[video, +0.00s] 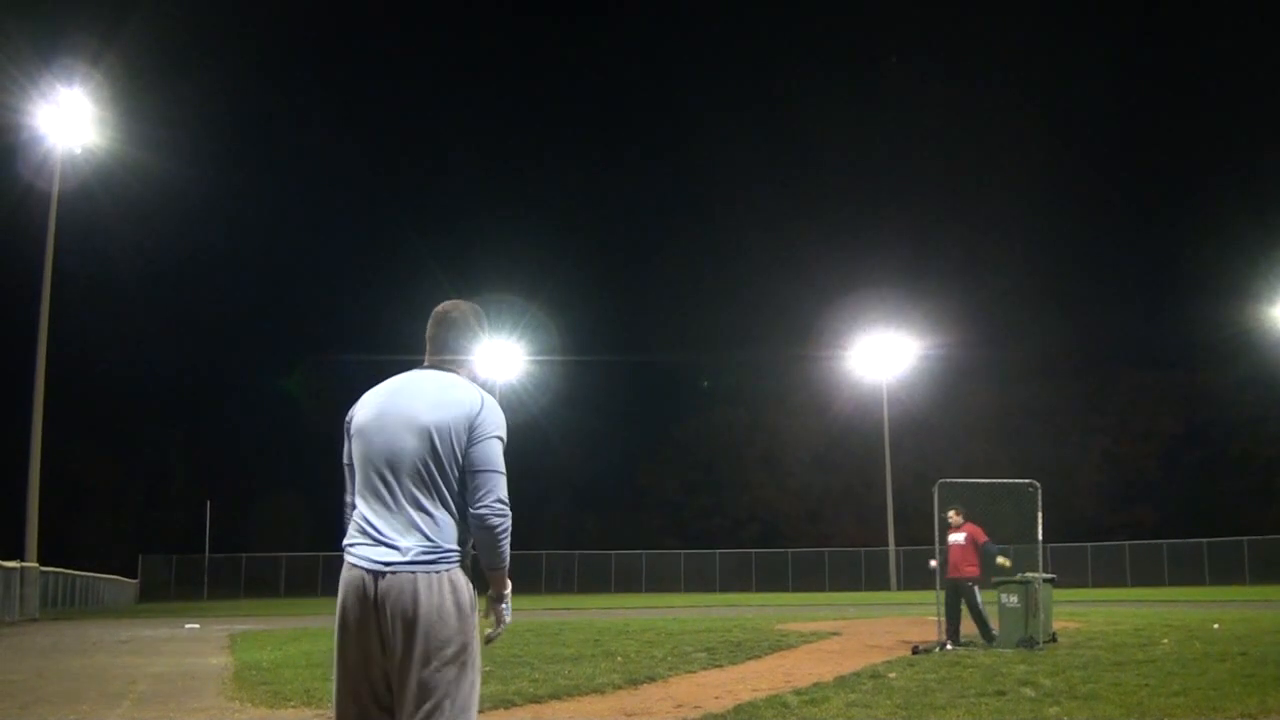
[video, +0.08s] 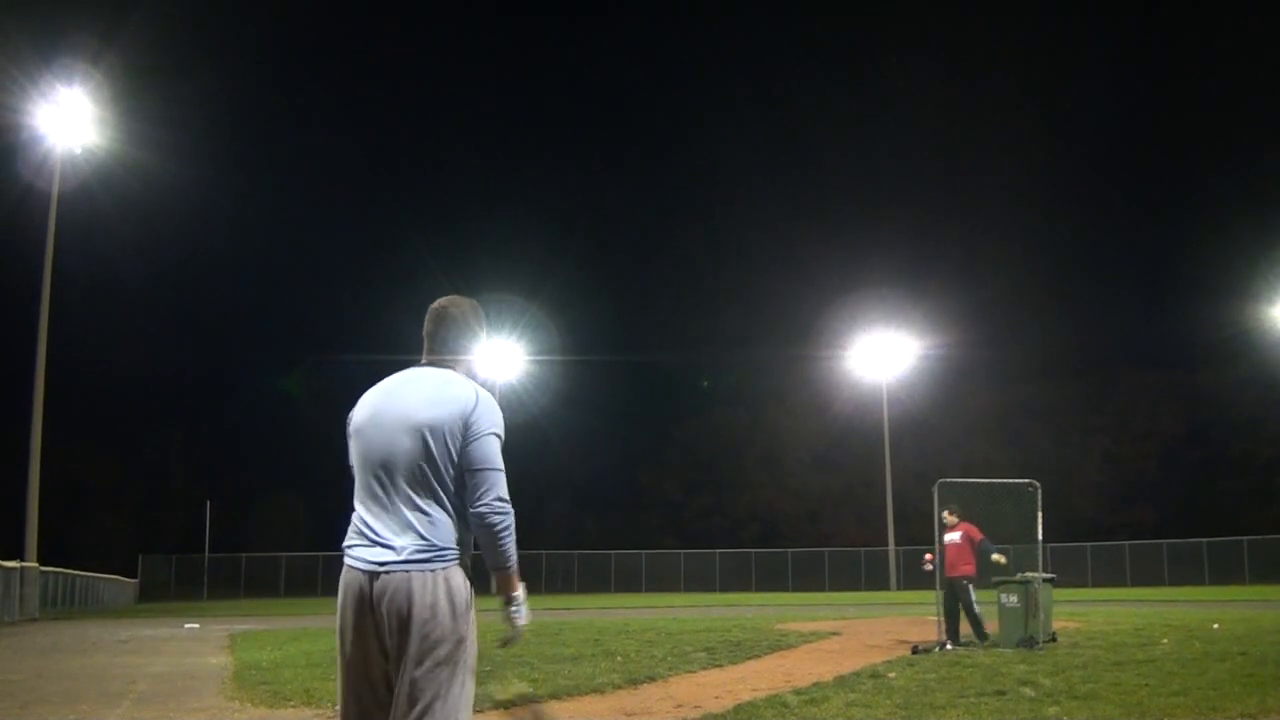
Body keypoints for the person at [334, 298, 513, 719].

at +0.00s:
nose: (487, 360)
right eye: (484, 350)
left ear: (428, 347)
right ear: (476, 353)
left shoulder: (366, 402)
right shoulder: (479, 406)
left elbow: (353, 505)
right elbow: (489, 512)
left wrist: (365, 564)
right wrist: (499, 587)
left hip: (357, 583)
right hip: (433, 589)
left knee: (358, 712)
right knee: (440, 712)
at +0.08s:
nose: (484, 350)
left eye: (482, 342)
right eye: (483, 342)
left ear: (425, 342)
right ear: (474, 346)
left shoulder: (369, 399)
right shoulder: (474, 401)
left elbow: (374, 495)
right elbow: (489, 507)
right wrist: (511, 587)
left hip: (356, 584)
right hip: (430, 586)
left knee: (361, 713)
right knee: (434, 711)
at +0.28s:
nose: (478, 344)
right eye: (477, 334)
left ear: (420, 335)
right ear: (472, 338)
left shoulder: (375, 390)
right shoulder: (460, 392)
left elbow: (394, 496)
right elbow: (489, 495)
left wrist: (457, 547)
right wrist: (567, 558)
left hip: (355, 583)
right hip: (422, 587)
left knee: (365, 713)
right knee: (429, 711)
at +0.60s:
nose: (469, 334)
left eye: (469, 325)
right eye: (468, 324)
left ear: (409, 326)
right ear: (459, 327)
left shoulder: (366, 385)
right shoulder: (439, 384)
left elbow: (381, 499)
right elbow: (448, 481)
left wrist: (446, 547)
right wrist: (546, 490)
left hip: (350, 583)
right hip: (412, 585)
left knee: (369, 711)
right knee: (426, 710)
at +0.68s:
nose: (459, 330)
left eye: (458, 320)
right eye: (458, 320)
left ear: (398, 323)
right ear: (448, 326)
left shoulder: (355, 386)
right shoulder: (430, 384)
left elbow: (327, 481)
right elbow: (437, 482)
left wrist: (384, 519)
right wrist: (537, 490)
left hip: (348, 584)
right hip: (408, 585)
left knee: (367, 711)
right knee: (426, 711)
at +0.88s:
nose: (434, 330)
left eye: (433, 320)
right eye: (433, 320)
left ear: (376, 321)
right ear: (423, 324)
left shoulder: (326, 387)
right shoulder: (405, 382)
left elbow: (276, 459)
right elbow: (409, 479)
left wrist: (323, 531)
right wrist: (508, 488)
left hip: (332, 585)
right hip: (395, 585)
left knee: (346, 710)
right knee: (417, 710)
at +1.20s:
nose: (382, 333)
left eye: (381, 323)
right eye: (381, 323)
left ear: (323, 328)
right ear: (372, 326)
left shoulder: (284, 388)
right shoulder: (361, 375)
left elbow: (239, 482)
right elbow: (365, 463)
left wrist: (272, 551)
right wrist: (450, 490)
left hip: (272, 582)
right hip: (337, 585)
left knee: (284, 713)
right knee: (373, 712)